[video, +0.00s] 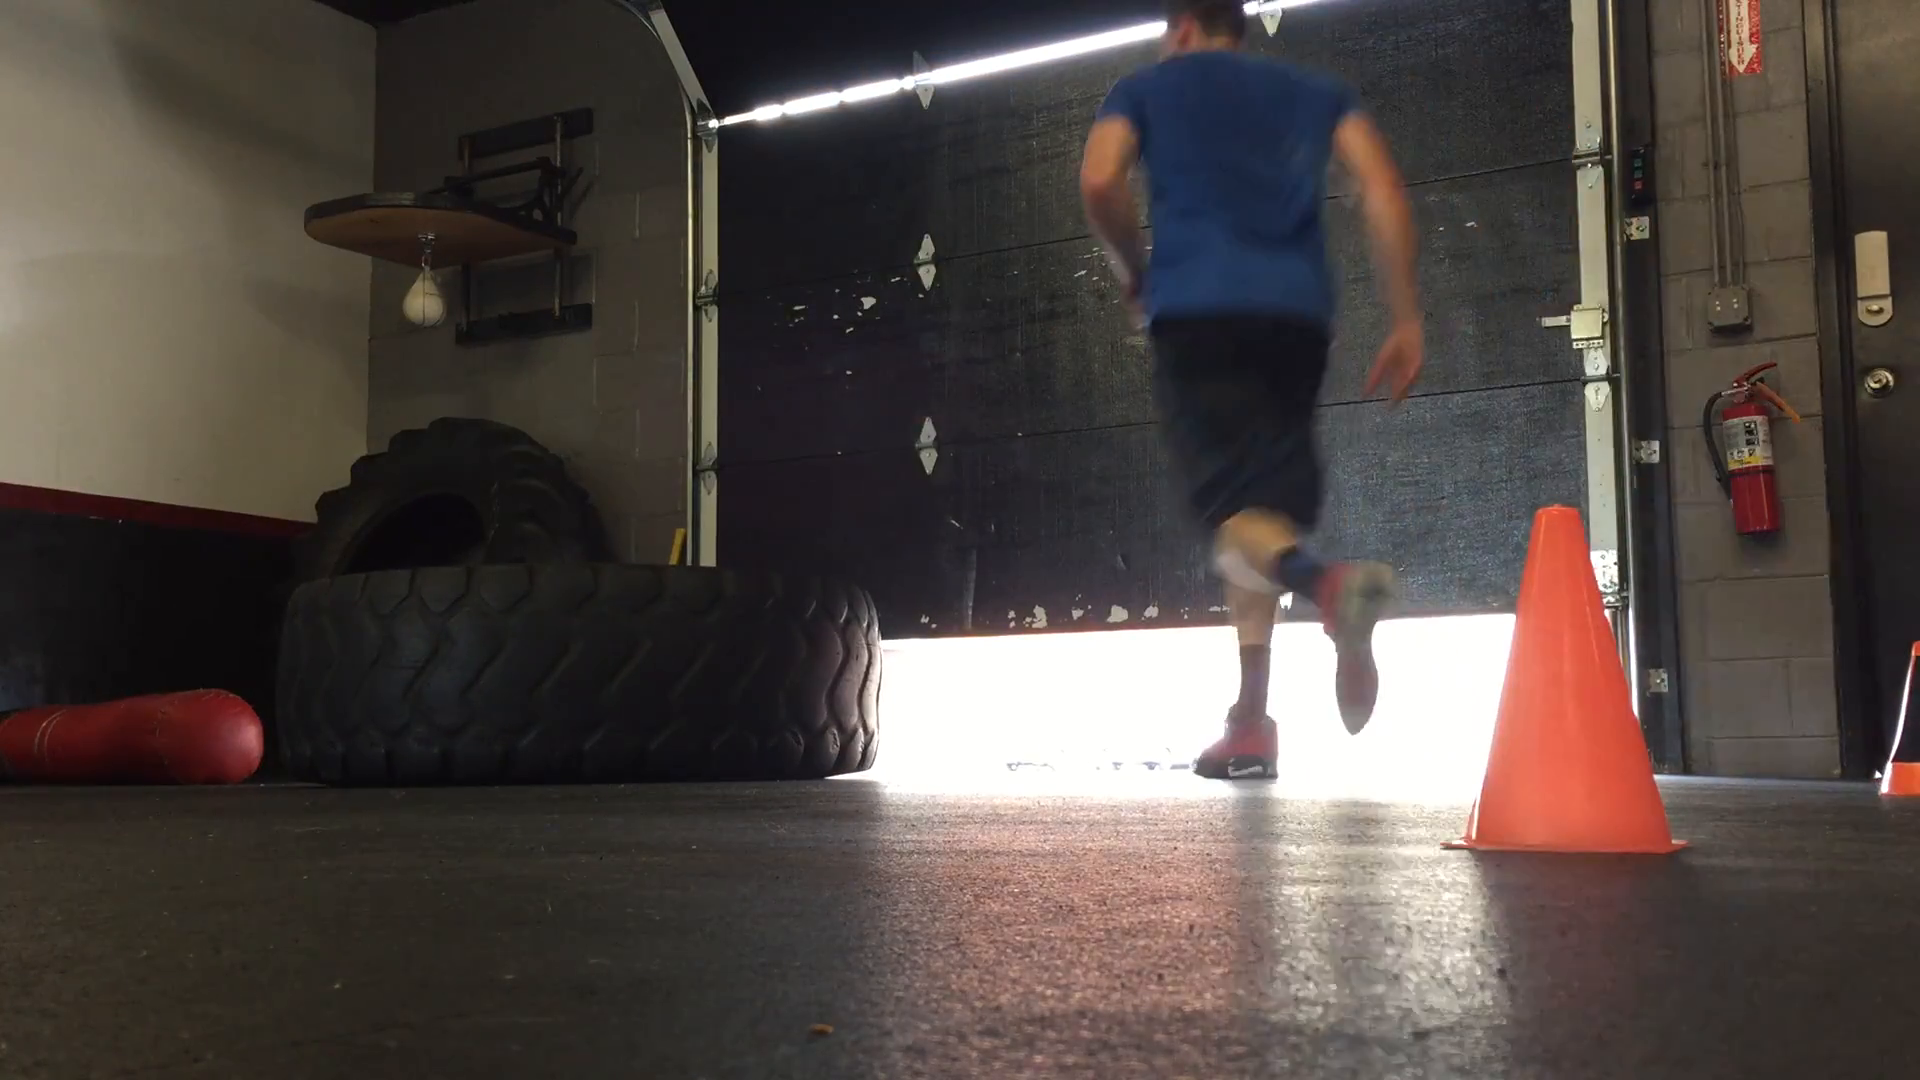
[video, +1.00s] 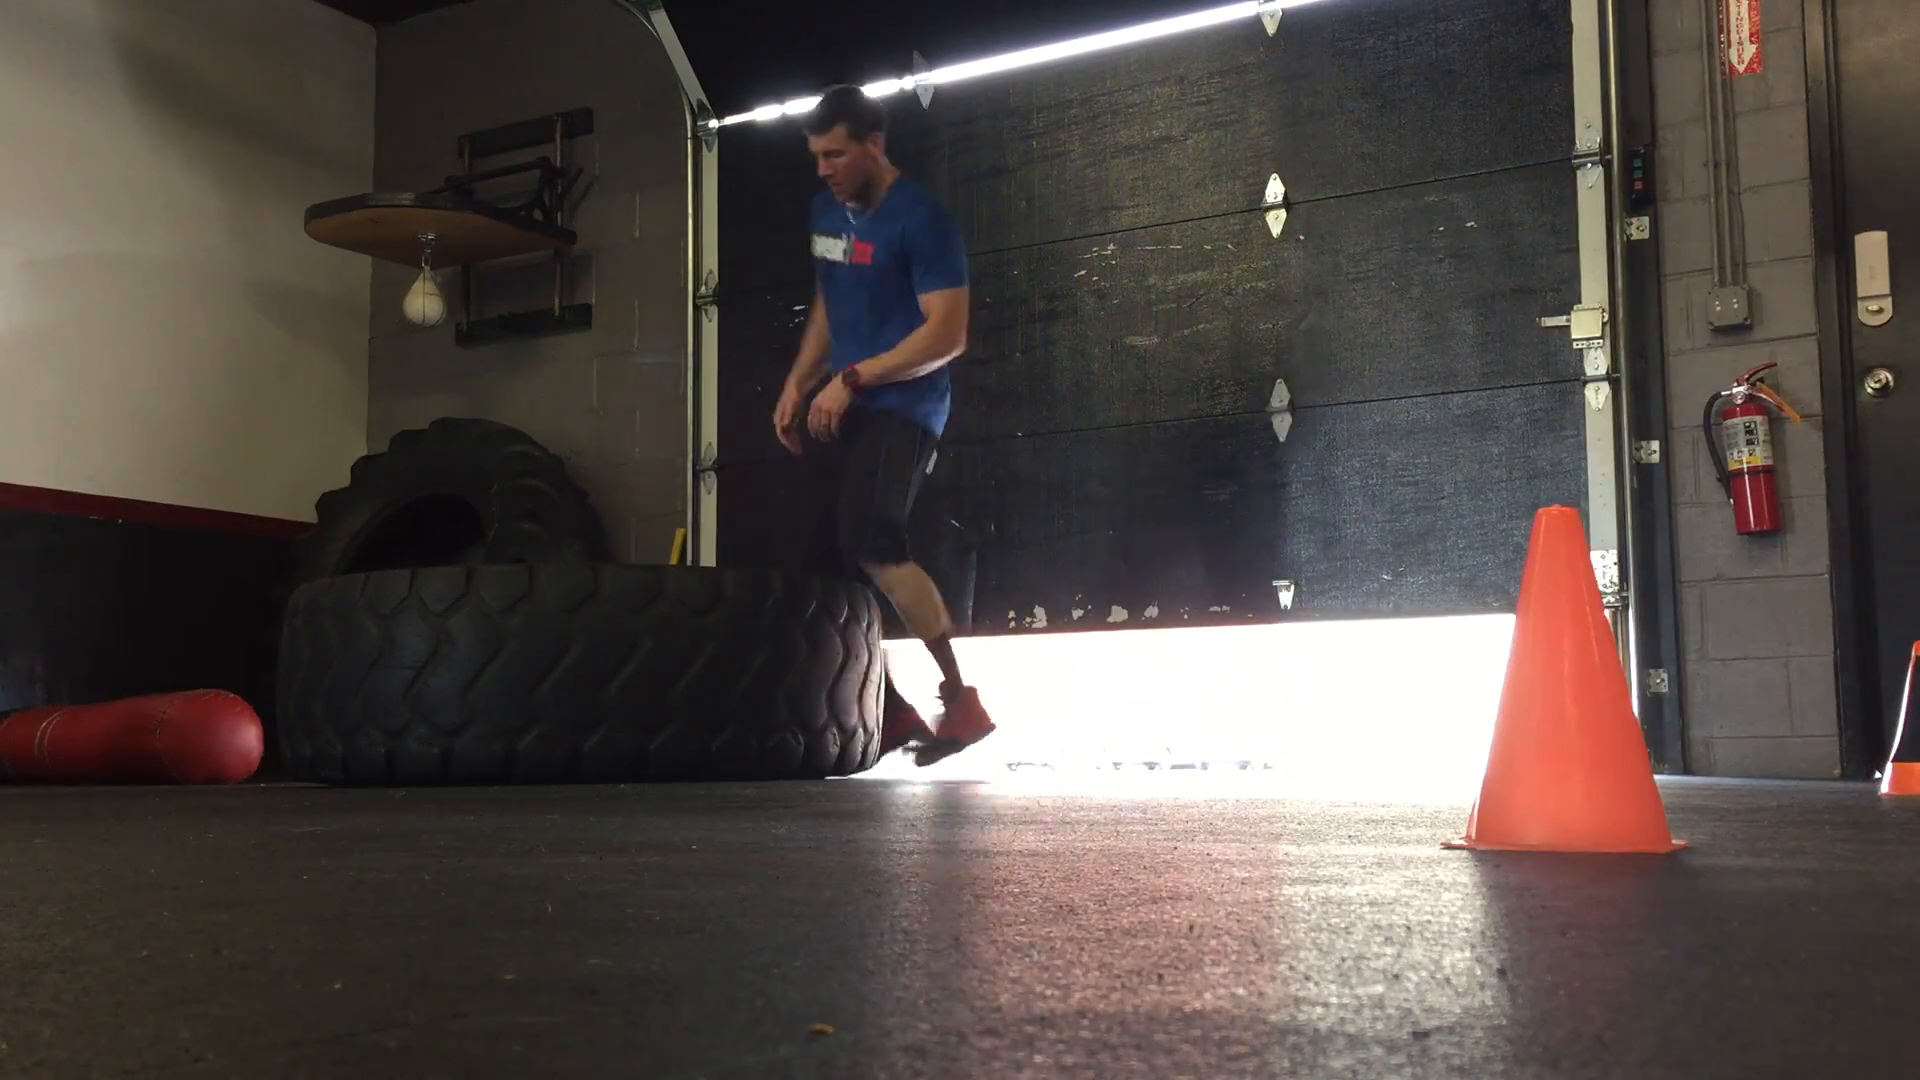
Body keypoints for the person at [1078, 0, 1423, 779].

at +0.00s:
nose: (1166, 43)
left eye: (1168, 32)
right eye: (1171, 32)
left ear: (1183, 30)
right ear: (1246, 30)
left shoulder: (1148, 83)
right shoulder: (1314, 86)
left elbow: (1099, 178)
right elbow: (1381, 185)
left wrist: (1134, 269)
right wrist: (1406, 319)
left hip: (1197, 314)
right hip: (1296, 315)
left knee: (1223, 508)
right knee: (1260, 506)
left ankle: (1327, 585)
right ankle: (1250, 721)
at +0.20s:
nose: (1061, 66)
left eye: (1064, 48)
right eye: (1060, 49)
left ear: (1097, 40)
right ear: (1131, 41)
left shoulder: (1085, 100)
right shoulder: (1209, 121)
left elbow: (1085, 211)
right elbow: (1246, 261)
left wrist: (1034, 313)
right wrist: (1209, 330)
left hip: (1119, 354)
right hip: (1212, 353)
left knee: (1076, 513)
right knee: (1204, 528)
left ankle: (1146, 696)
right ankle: (1245, 709)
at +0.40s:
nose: (979, 110)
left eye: (983, 91)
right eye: (976, 94)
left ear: (1019, 83)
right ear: (1048, 85)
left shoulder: (1011, 148)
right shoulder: (1118, 160)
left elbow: (1004, 234)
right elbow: (1147, 292)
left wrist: (933, 321)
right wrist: (1062, 313)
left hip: (1035, 393)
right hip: (1120, 392)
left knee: (1002, 559)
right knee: (1116, 546)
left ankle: (1045, 731)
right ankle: (1219, 648)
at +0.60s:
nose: (913, 125)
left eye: (918, 108)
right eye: (910, 111)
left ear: (961, 97)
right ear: (972, 99)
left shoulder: (971, 169)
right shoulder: (1040, 175)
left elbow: (975, 289)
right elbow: (1029, 297)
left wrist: (891, 354)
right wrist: (930, 330)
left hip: (979, 395)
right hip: (1029, 395)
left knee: (967, 551)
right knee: (999, 553)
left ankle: (1040, 723)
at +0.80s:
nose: (859, 166)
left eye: (868, 150)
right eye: (856, 153)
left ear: (911, 144)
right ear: (901, 149)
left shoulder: (939, 210)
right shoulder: (916, 216)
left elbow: (961, 326)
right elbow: (921, 328)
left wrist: (873, 346)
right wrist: (866, 387)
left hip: (937, 425)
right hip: (908, 424)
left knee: (917, 578)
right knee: (883, 575)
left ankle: (1042, 709)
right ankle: (906, 731)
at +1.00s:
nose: (825, 171)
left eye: (834, 157)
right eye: (819, 159)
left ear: (875, 144)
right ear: (820, 154)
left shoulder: (922, 217)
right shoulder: (828, 210)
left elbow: (948, 333)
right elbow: (829, 306)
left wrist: (853, 378)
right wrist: (797, 382)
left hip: (906, 405)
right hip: (847, 404)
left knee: (877, 541)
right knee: (830, 555)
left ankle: (962, 702)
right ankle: (887, 711)